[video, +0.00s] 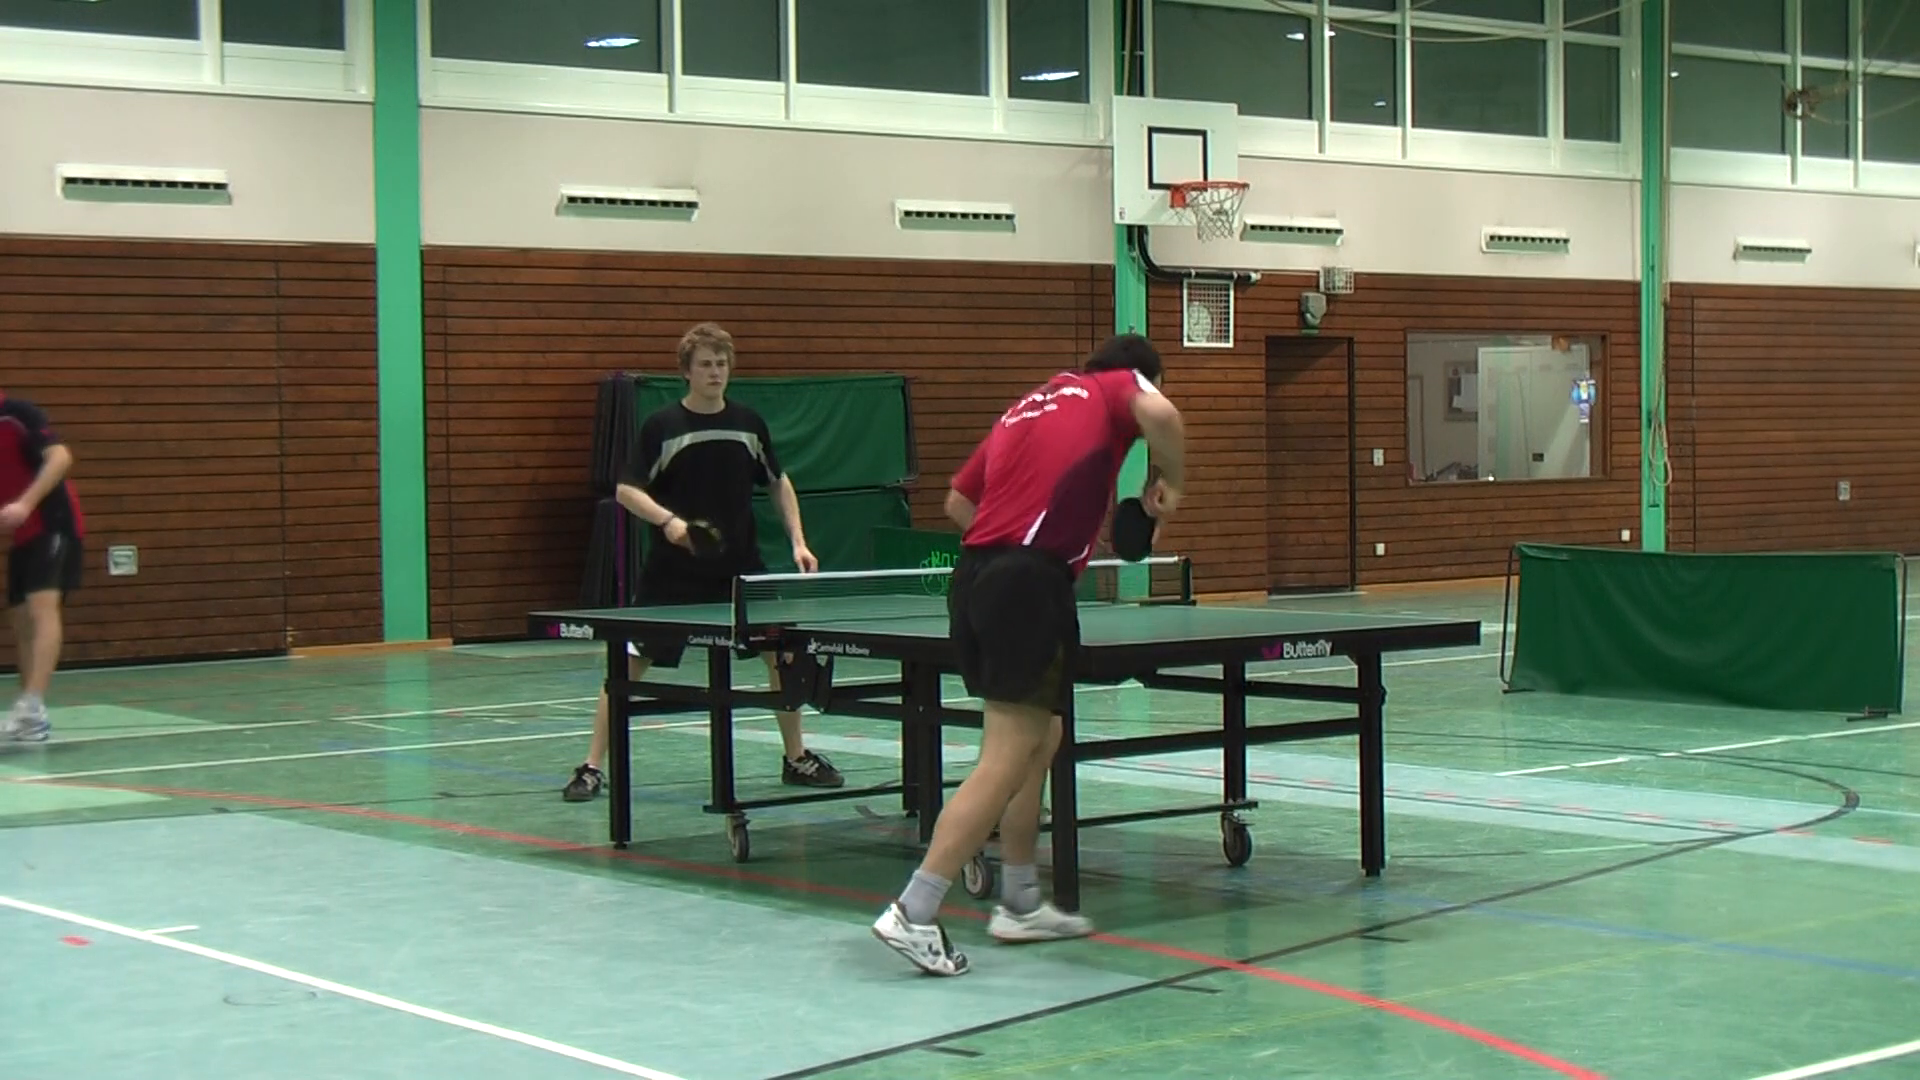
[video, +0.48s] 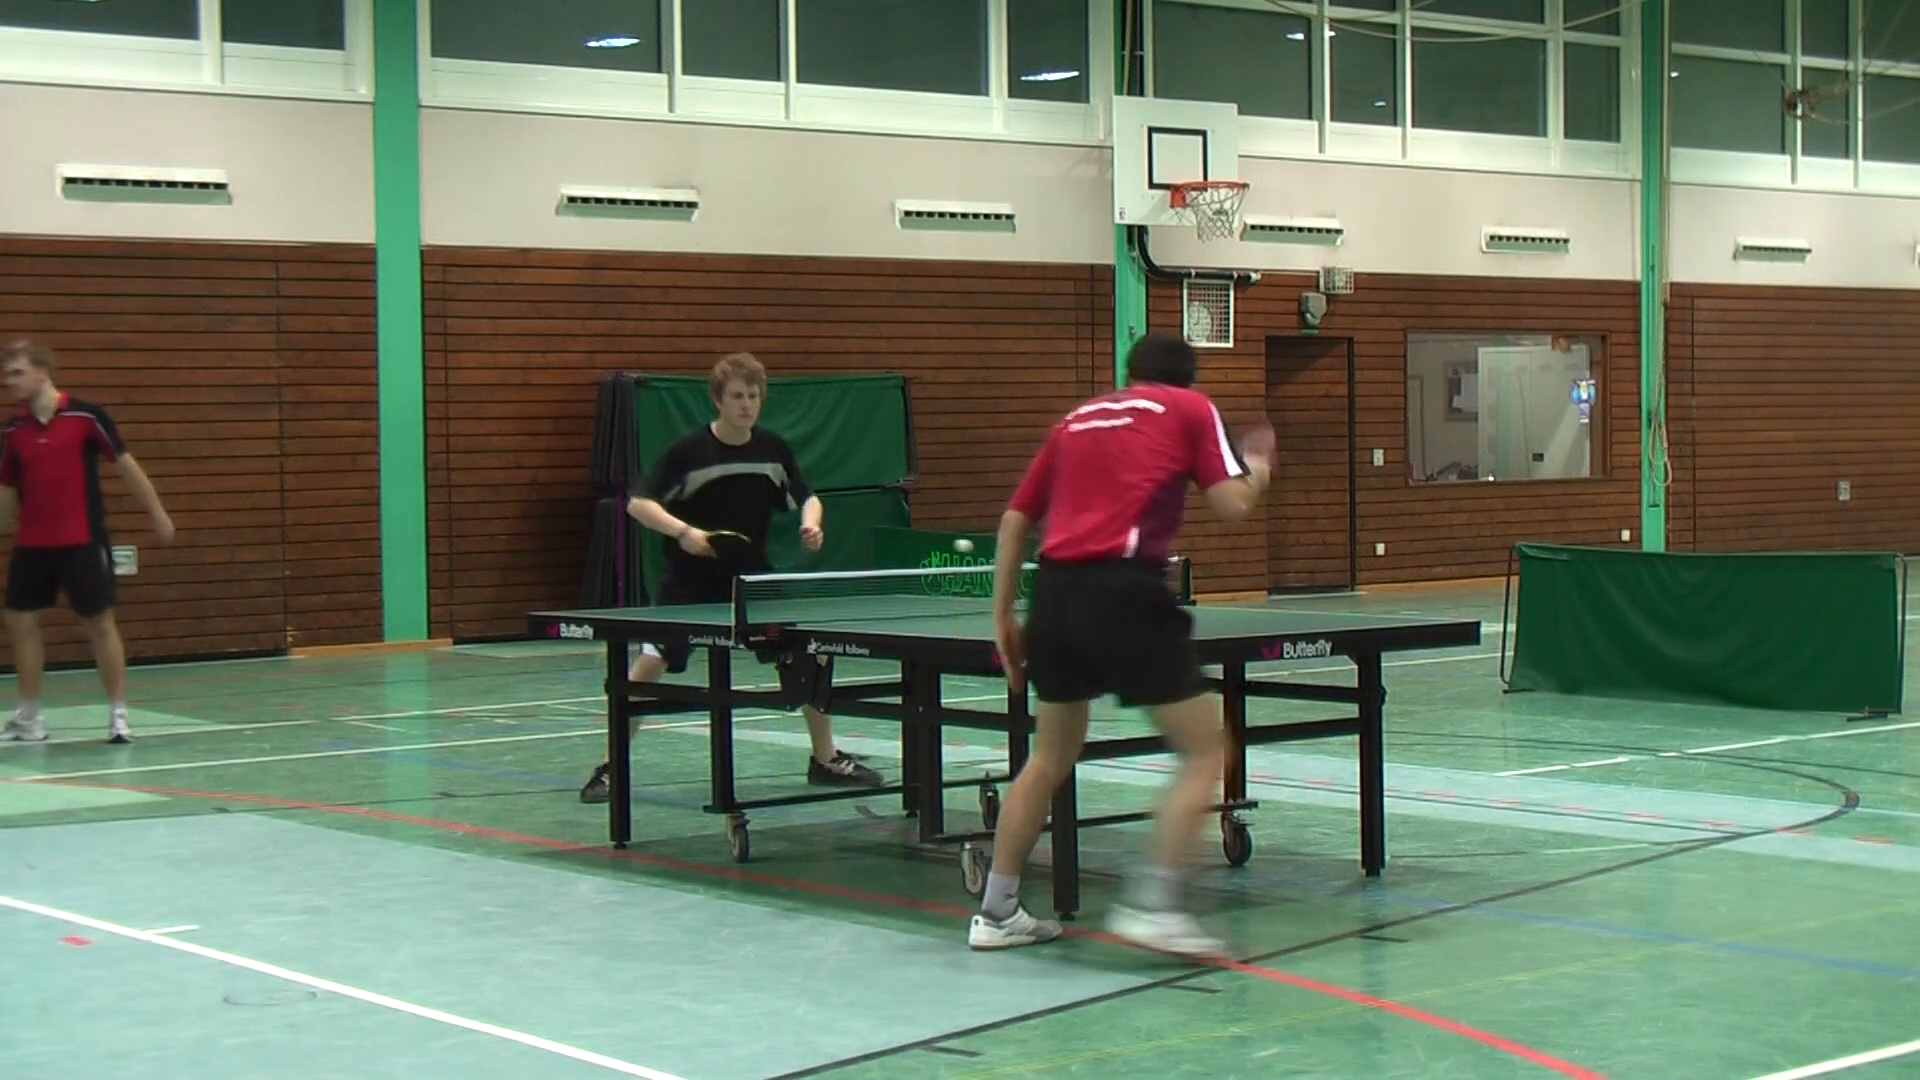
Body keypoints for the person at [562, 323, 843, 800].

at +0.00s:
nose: (716, 372)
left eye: (722, 364)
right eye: (706, 364)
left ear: (730, 369)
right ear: (686, 370)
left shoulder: (749, 423)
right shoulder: (661, 426)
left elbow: (779, 482)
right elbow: (627, 489)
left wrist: (798, 540)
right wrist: (666, 519)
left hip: (741, 567)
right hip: (676, 570)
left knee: (782, 648)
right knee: (629, 663)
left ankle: (797, 756)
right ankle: (593, 765)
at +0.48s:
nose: (746, 403)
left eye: (753, 395)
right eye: (736, 395)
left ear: (762, 399)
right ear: (717, 399)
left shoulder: (774, 449)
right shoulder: (689, 450)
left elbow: (809, 500)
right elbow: (639, 504)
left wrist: (811, 523)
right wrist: (682, 531)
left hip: (755, 582)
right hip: (692, 582)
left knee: (809, 656)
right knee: (652, 662)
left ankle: (826, 757)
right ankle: (611, 764)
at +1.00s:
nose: (751, 430)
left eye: (756, 421)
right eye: (742, 422)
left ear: (762, 424)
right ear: (720, 424)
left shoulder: (767, 471)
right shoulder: (701, 462)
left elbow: (811, 496)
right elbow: (679, 464)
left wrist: (856, 525)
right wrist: (682, 459)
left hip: (747, 601)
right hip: (689, 602)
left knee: (823, 652)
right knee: (686, 674)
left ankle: (831, 757)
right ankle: (619, 769)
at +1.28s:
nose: (716, 384)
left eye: (722, 376)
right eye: (706, 377)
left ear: (729, 380)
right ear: (684, 382)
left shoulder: (741, 436)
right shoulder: (662, 434)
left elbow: (778, 480)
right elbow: (610, 485)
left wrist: (801, 525)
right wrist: (636, 475)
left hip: (722, 572)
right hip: (659, 571)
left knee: (768, 648)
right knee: (618, 655)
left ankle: (764, 753)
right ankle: (565, 753)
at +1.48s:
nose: (671, 378)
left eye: (676, 370)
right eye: (660, 370)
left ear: (683, 375)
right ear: (637, 376)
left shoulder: (694, 427)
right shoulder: (612, 428)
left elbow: (732, 476)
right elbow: (571, 487)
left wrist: (739, 509)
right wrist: (606, 501)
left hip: (674, 563)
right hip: (610, 566)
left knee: (723, 644)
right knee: (567, 643)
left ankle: (743, 748)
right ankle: (531, 756)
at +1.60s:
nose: (629, 397)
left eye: (634, 388)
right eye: (619, 390)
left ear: (642, 390)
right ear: (599, 396)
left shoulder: (665, 442)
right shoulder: (582, 449)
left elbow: (705, 490)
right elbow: (542, 510)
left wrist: (698, 523)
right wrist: (568, 545)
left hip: (652, 577)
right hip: (591, 577)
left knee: (703, 655)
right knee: (537, 646)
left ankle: (709, 751)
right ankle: (483, 749)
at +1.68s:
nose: (579, 419)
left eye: (587, 409)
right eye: (571, 412)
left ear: (603, 410)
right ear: (558, 418)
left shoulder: (634, 460)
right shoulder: (547, 477)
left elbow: (683, 505)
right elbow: (509, 529)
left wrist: (686, 548)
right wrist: (485, 578)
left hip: (635, 596)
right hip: (568, 595)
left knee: (699, 666)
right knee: (509, 659)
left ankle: (710, 756)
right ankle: (451, 759)